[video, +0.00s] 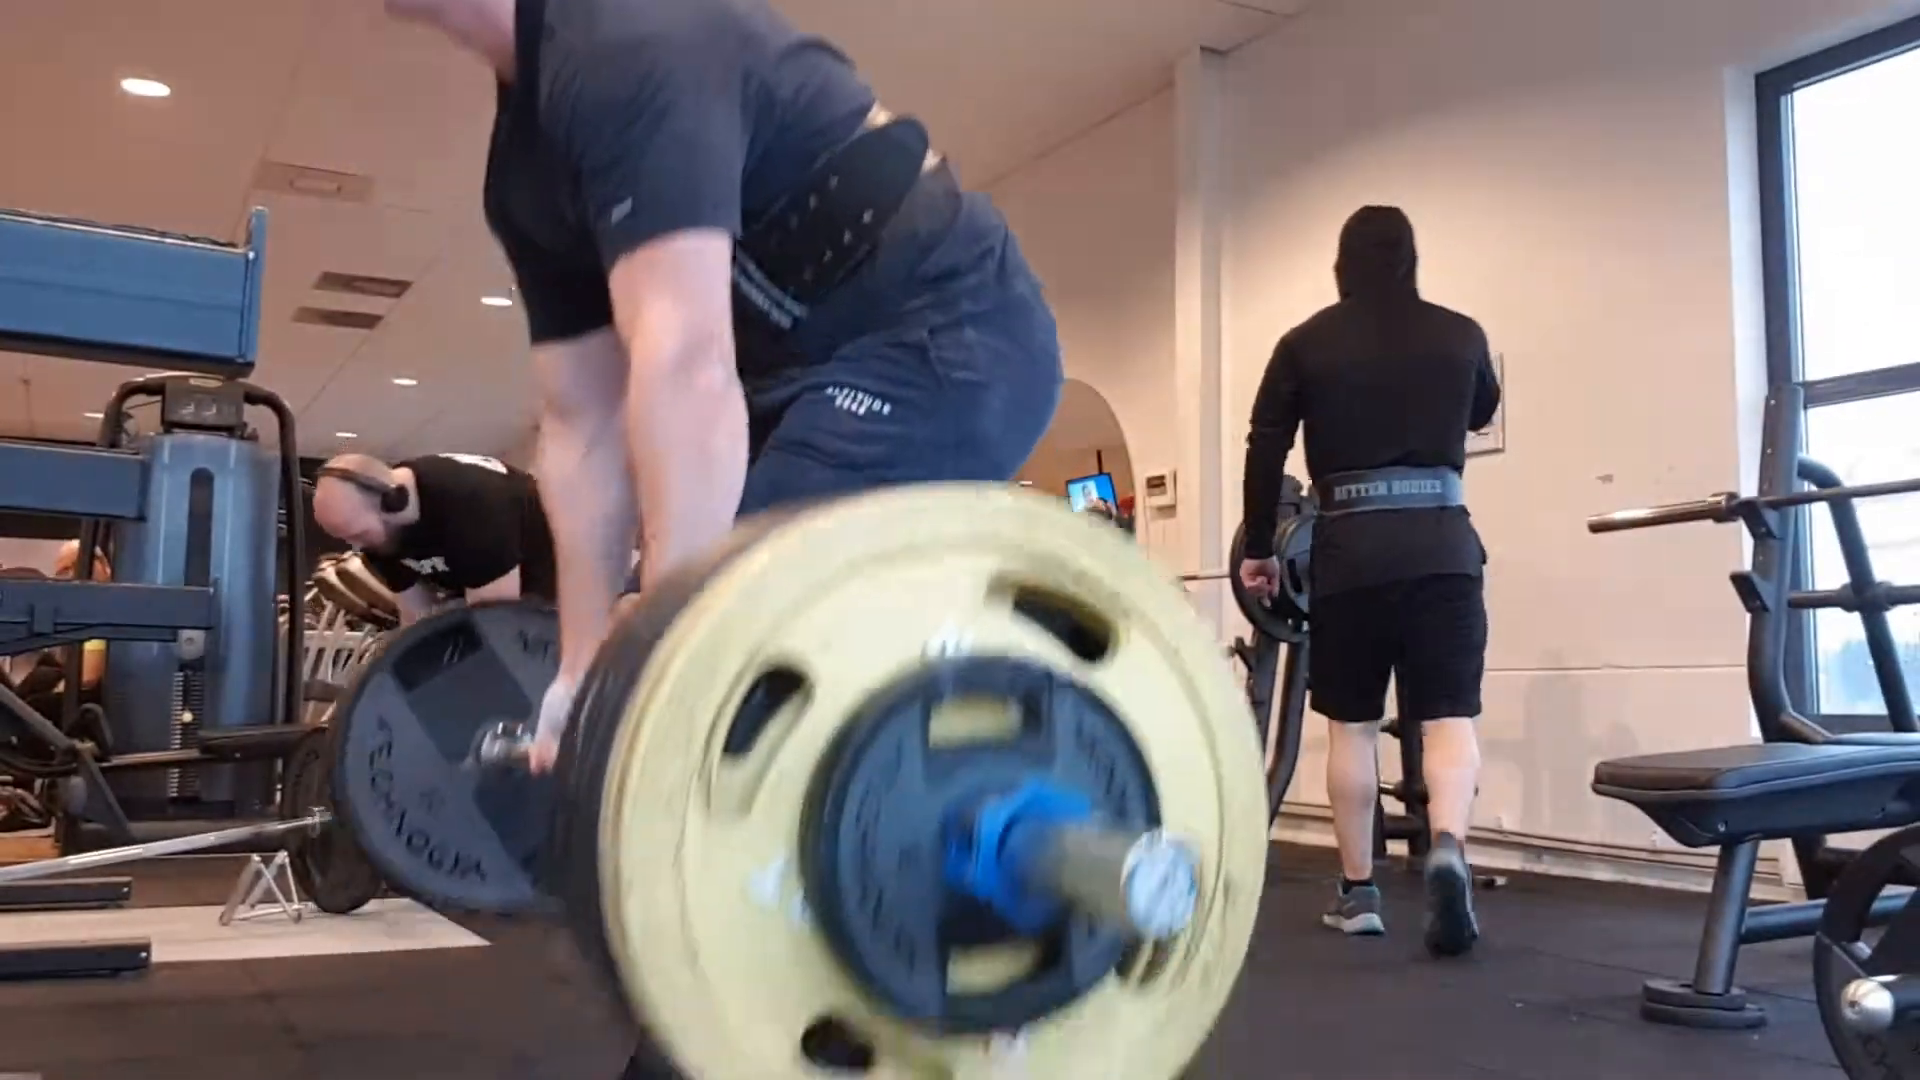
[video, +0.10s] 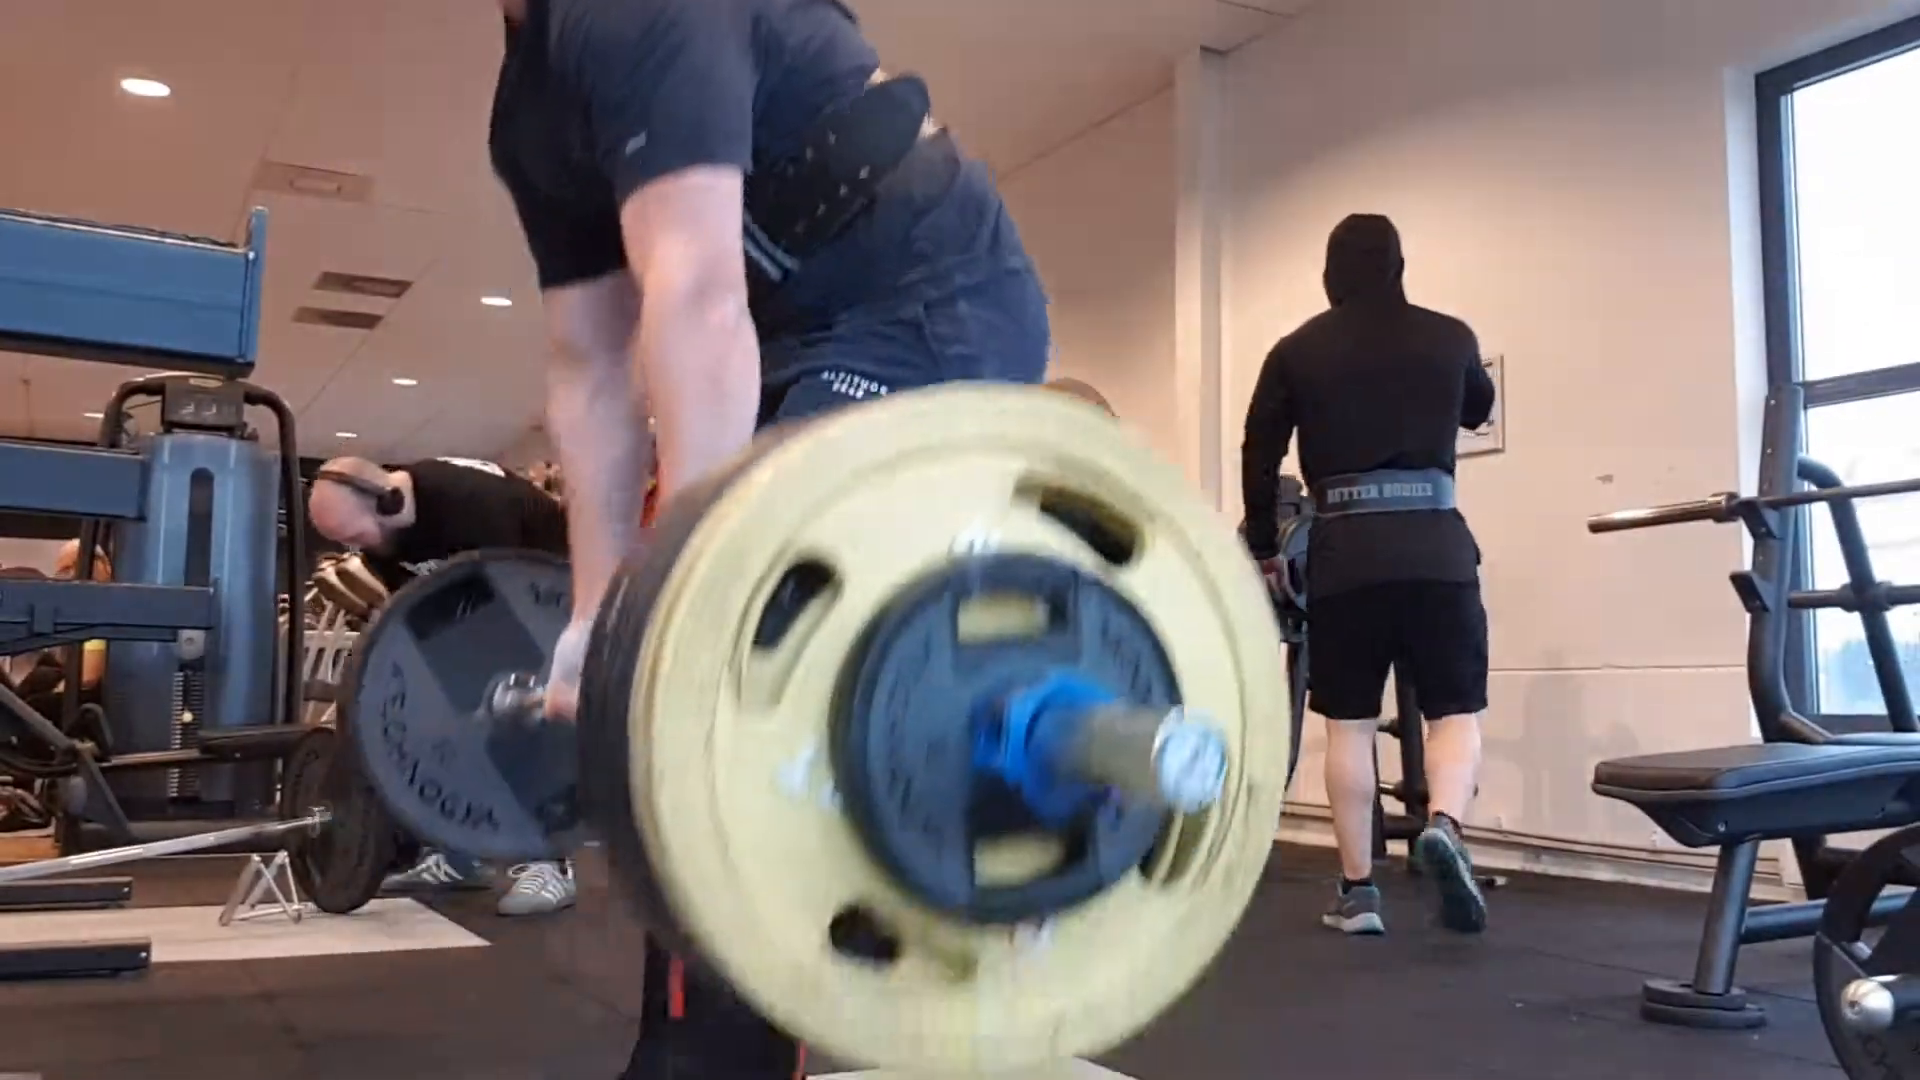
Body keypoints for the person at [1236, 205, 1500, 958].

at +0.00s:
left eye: (1343, 257)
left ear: (1339, 266)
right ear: (1413, 264)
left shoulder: (1305, 343)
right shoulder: (1460, 334)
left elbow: (1265, 448)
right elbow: (1480, 410)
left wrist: (1256, 543)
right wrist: (1418, 389)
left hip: (1349, 554)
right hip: (1442, 548)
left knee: (1351, 724)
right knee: (1448, 714)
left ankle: (1359, 894)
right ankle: (1447, 849)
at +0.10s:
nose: (1333, 276)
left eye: (1332, 265)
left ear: (1329, 274)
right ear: (1399, 270)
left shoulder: (1296, 352)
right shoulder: (1448, 336)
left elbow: (1260, 457)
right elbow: (1476, 410)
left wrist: (1263, 545)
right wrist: (1435, 368)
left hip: (1344, 564)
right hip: (1438, 559)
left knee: (1349, 724)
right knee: (1454, 707)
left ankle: (1359, 893)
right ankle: (1444, 825)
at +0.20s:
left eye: (1331, 269)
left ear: (1326, 279)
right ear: (1394, 275)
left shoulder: (1293, 356)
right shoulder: (1442, 340)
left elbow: (1259, 464)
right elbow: (1472, 415)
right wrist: (1427, 374)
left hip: (1343, 566)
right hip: (1435, 558)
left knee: (1347, 724)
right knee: (1453, 708)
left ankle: (1359, 890)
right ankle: (1453, 847)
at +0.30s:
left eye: (1327, 279)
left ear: (1324, 284)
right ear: (1393, 281)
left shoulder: (1301, 356)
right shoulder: (1442, 345)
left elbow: (1281, 434)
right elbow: (1472, 420)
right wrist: (1411, 396)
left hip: (1343, 562)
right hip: (1433, 560)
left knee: (1347, 725)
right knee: (1451, 718)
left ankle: (1358, 891)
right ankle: (1470, 875)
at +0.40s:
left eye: (1334, 282)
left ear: (1329, 290)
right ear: (1396, 288)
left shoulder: (1311, 355)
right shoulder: (1444, 352)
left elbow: (1290, 429)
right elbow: (1476, 429)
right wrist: (1415, 404)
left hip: (1344, 564)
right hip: (1433, 564)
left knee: (1347, 725)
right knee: (1449, 725)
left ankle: (1358, 889)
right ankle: (1468, 876)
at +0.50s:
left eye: (1339, 292)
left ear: (1340, 300)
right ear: (1406, 297)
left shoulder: (1320, 361)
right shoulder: (1454, 362)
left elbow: (1296, 447)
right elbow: (1483, 442)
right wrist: (1427, 408)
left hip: (1348, 567)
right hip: (1436, 568)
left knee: (1351, 725)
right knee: (1446, 730)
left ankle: (1359, 886)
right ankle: (1461, 879)